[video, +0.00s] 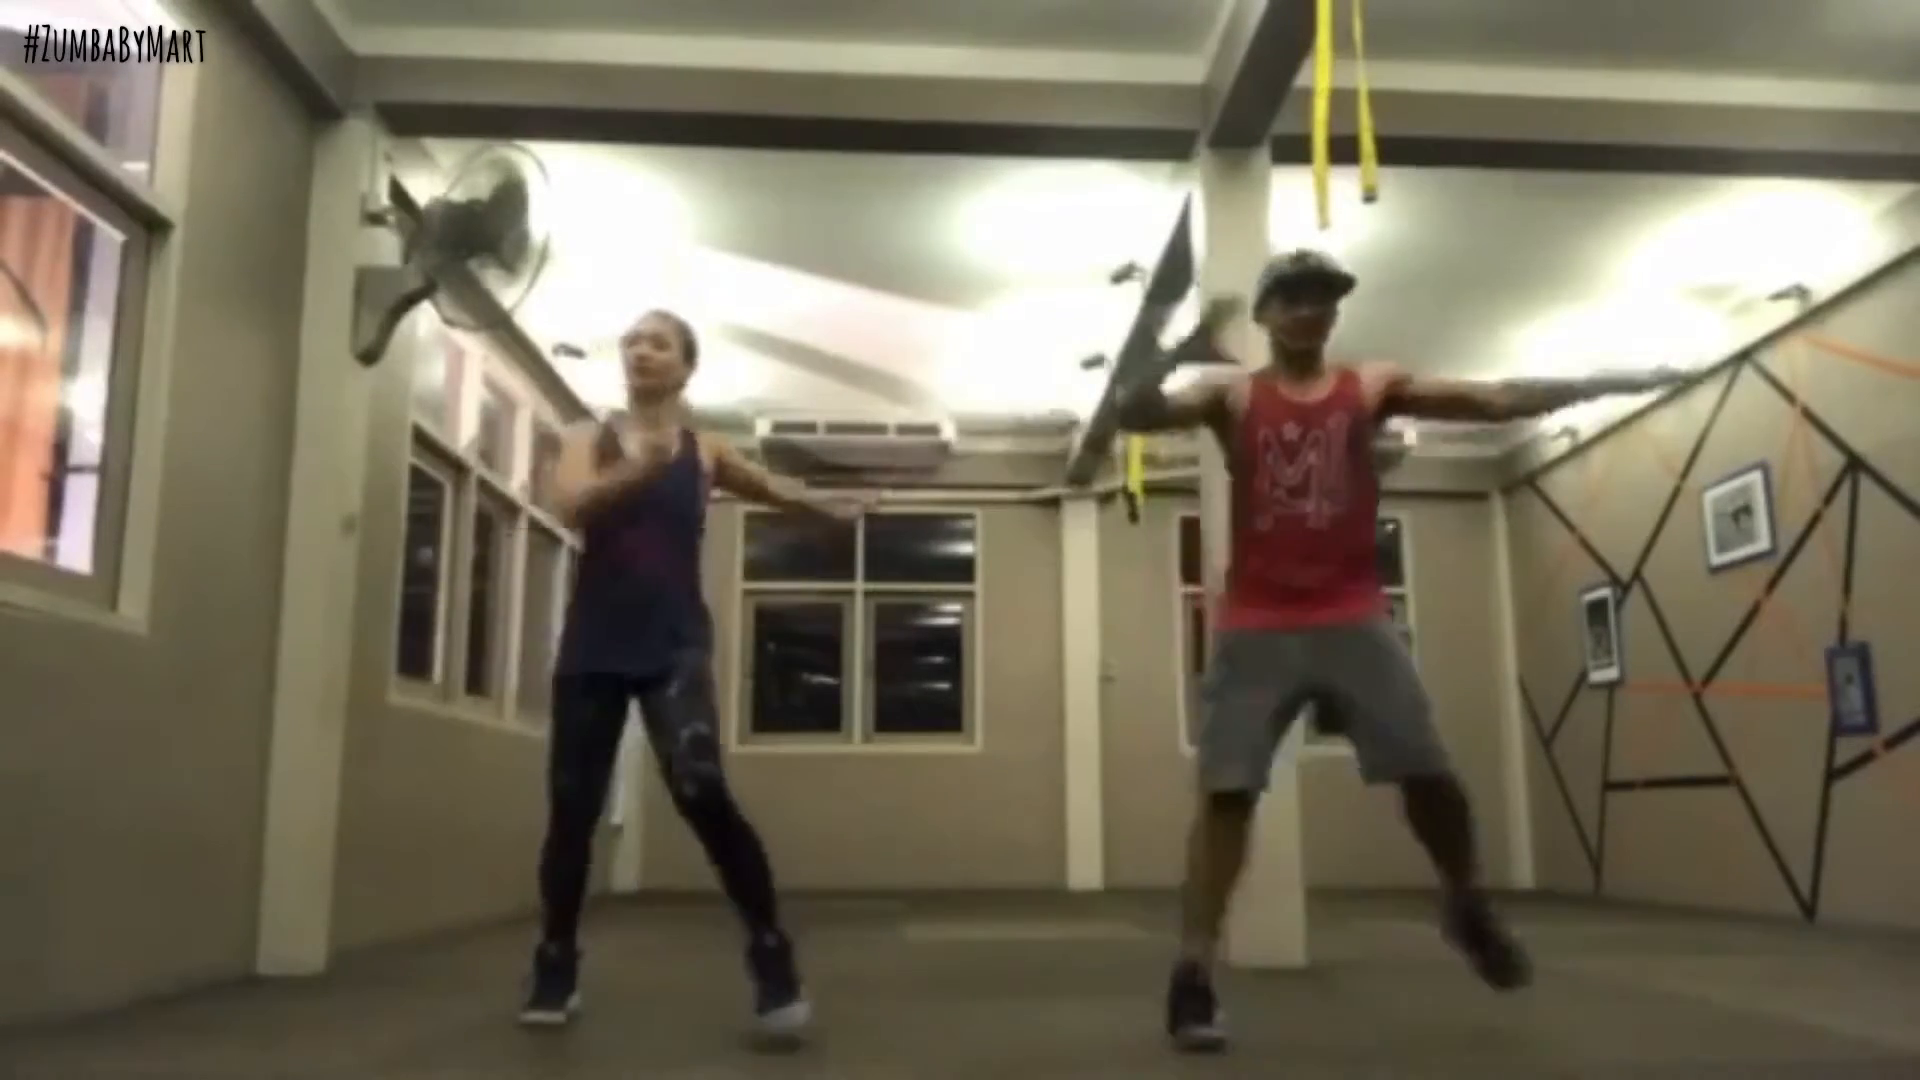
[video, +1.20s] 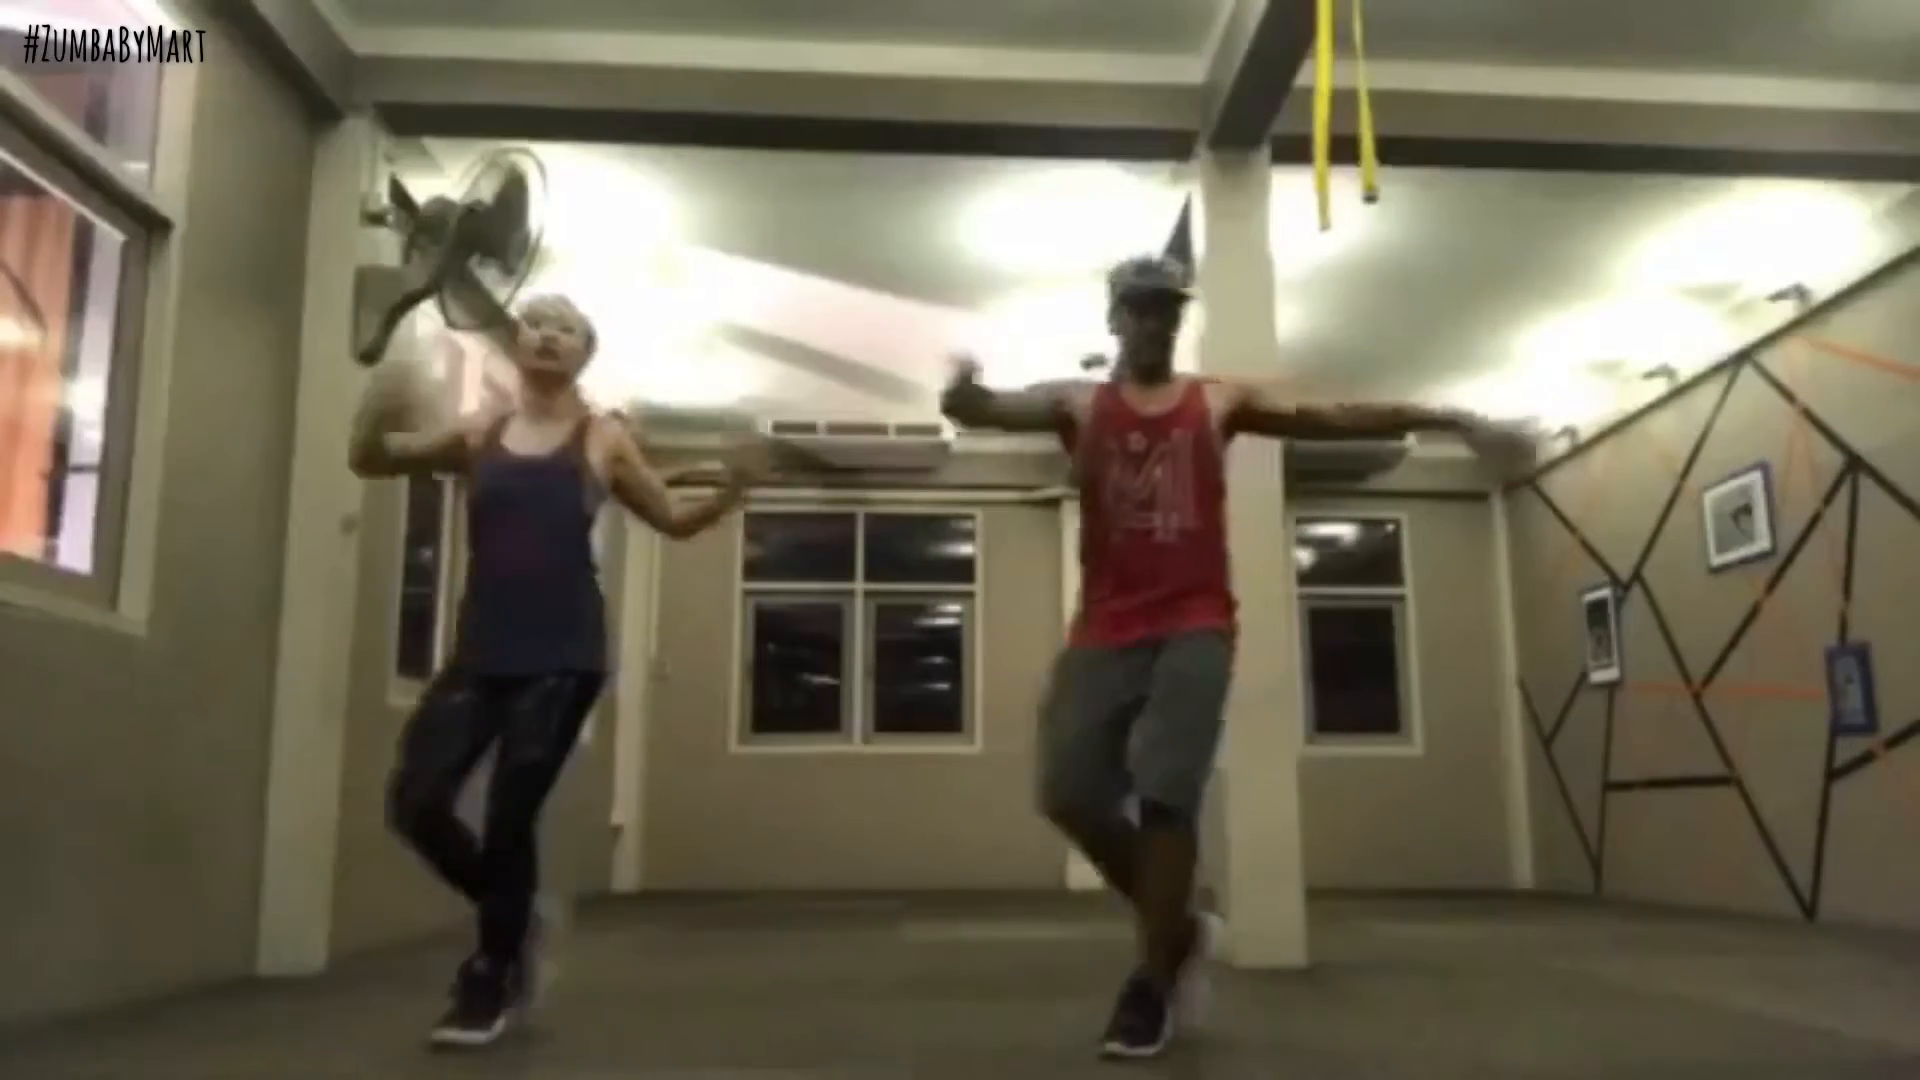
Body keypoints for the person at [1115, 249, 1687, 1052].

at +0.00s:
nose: (1308, 316)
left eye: (1320, 304)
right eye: (1293, 304)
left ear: (1336, 312)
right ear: (1263, 316)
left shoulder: (1371, 387)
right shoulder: (1230, 393)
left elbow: (1498, 401)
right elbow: (1133, 413)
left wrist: (1625, 383)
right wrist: (1154, 346)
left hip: (1354, 624)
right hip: (1258, 627)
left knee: (1430, 777)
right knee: (1227, 795)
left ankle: (1467, 912)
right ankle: (1193, 975)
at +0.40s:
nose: (1357, 324)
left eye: (1370, 310)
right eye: (1341, 310)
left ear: (1386, 315)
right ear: (1312, 319)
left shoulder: (1422, 391)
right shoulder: (1289, 403)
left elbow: (1525, 399)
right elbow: (1201, 431)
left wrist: (1587, 400)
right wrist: (1117, 445)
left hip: (1417, 622)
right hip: (1321, 622)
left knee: (1473, 799)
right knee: (1298, 767)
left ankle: (1520, 963)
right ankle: (1280, 902)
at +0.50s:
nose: (1345, 331)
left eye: (1355, 318)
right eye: (1329, 319)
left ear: (1371, 325)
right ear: (1299, 330)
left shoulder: (1404, 403)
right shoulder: (1275, 410)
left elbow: (1508, 459)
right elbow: (1169, 442)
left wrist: (1474, 406)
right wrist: (1073, 473)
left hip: (1408, 631)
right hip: (1320, 635)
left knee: (1458, 803)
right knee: (1315, 794)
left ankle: (1511, 965)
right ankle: (1266, 938)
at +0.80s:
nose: (1257, 322)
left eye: (1268, 309)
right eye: (1242, 309)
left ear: (1285, 318)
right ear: (1214, 320)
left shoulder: (1318, 403)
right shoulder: (1182, 405)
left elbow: (1430, 410)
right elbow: (1086, 428)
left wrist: (1496, 366)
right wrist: (1041, 408)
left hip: (1309, 615)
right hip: (1223, 628)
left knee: (1370, 747)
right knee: (1234, 805)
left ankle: (1396, 900)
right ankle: (1244, 969)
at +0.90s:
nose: (1226, 312)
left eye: (1240, 299)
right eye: (1213, 297)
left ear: (1257, 308)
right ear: (1189, 306)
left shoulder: (1286, 390)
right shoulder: (1150, 398)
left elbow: (1407, 400)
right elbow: (1040, 419)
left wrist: (1513, 370)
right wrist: (1078, 345)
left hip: (1277, 598)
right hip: (1194, 614)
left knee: (1279, 735)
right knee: (1222, 803)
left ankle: (1301, 900)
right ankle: (1240, 970)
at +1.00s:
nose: (1201, 320)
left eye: (1213, 308)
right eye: (1187, 307)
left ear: (1227, 317)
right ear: (1159, 316)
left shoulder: (1257, 397)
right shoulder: (1125, 408)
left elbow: (1362, 409)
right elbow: (1011, 427)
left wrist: (1440, 415)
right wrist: (1081, 389)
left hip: (1248, 605)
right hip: (1166, 618)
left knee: (1211, 767)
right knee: (1208, 790)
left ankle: (1207, 947)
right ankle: (1241, 970)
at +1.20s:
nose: (1150, 326)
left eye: (1163, 312)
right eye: (1137, 310)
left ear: (1181, 319)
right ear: (1113, 317)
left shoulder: (1218, 401)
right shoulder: (1078, 403)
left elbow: (1336, 416)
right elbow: (982, 411)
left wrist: (1458, 422)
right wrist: (964, 393)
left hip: (1193, 622)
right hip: (1104, 625)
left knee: (1164, 789)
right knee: (1069, 795)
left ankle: (1150, 983)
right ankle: (1177, 931)